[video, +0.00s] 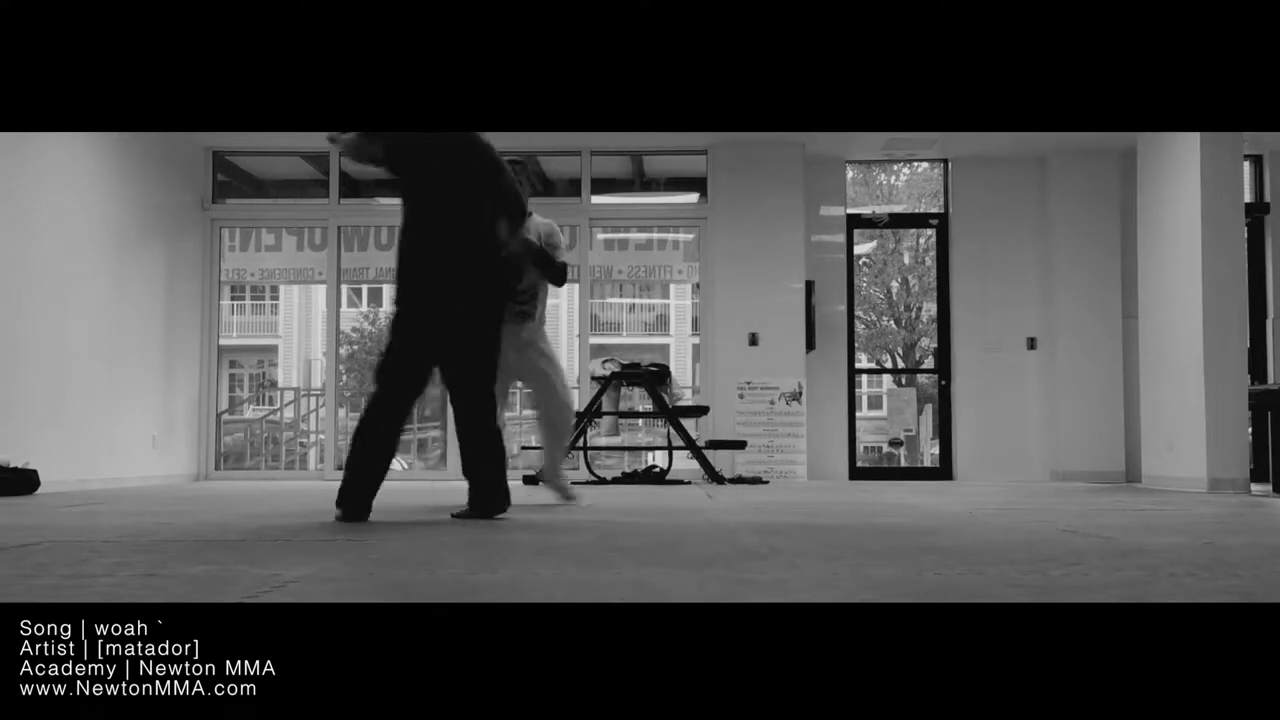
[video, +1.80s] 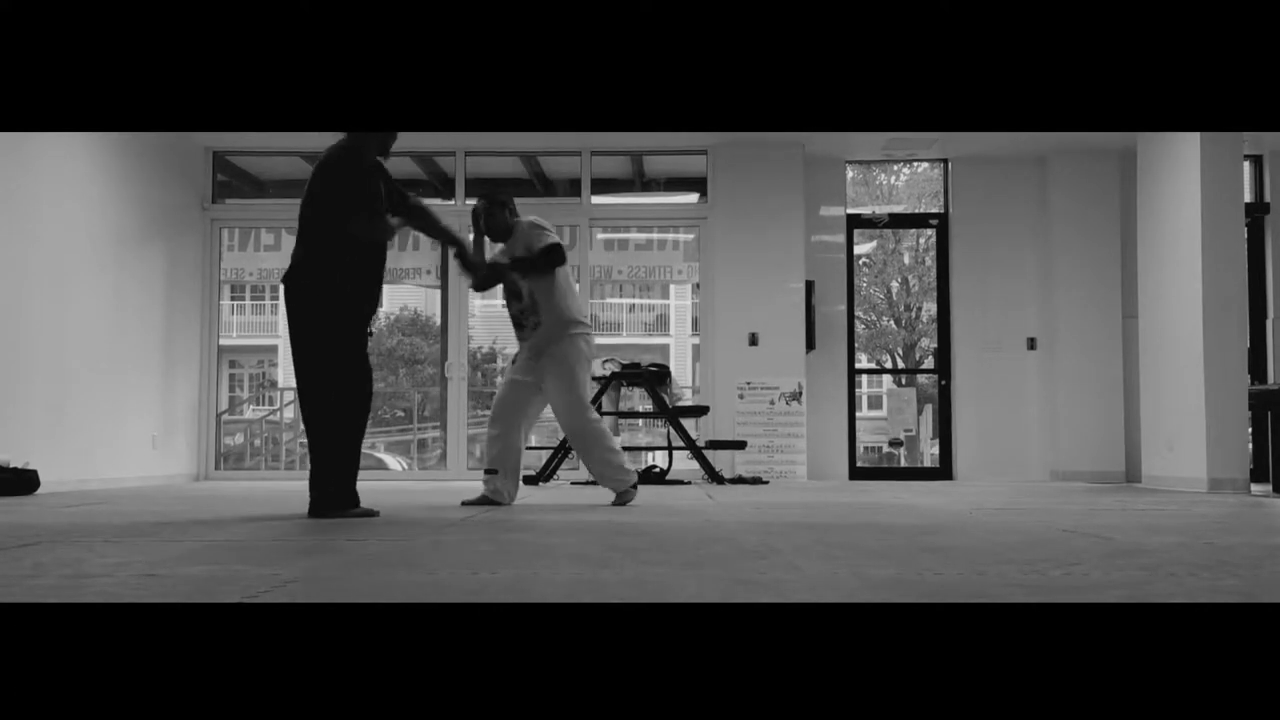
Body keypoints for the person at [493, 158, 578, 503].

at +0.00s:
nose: (514, 194)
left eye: (519, 186)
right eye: (507, 187)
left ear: (528, 191)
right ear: (496, 193)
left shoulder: (543, 229)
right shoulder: (487, 230)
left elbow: (560, 277)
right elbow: (476, 277)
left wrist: (530, 250)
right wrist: (504, 252)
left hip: (530, 337)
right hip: (493, 337)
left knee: (559, 403)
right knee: (487, 411)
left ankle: (552, 471)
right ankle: (487, 483)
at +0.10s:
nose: (519, 193)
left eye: (525, 187)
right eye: (514, 186)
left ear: (538, 193)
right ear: (505, 192)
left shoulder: (552, 233)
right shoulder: (489, 231)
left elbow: (555, 279)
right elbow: (474, 273)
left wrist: (527, 244)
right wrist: (505, 256)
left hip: (540, 348)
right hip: (496, 348)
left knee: (574, 421)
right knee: (491, 427)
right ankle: (489, 495)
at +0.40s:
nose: (517, 239)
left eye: (524, 232)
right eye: (512, 232)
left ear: (539, 231)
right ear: (506, 233)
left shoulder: (564, 256)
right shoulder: (504, 260)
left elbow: (564, 292)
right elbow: (481, 300)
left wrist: (519, 274)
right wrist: (487, 258)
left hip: (568, 361)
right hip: (523, 365)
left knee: (598, 424)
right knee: (487, 416)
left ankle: (624, 492)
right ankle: (487, 493)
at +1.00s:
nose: (503, 223)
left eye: (509, 215)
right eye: (498, 217)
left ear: (524, 215)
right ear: (492, 220)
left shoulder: (544, 239)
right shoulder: (493, 250)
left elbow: (564, 276)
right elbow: (478, 294)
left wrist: (530, 249)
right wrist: (491, 265)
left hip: (560, 347)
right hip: (517, 353)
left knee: (579, 415)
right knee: (488, 414)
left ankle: (616, 489)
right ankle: (490, 492)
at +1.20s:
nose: (569, 232)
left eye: (574, 226)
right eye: (562, 226)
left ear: (581, 226)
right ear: (548, 225)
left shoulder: (590, 253)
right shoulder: (530, 248)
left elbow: (585, 280)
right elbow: (507, 289)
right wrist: (551, 289)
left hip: (574, 357)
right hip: (525, 358)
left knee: (602, 416)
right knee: (494, 426)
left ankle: (611, 489)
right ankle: (471, 490)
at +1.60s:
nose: (545, 226)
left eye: (551, 220)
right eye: (541, 221)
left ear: (564, 216)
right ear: (535, 218)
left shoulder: (588, 241)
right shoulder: (528, 241)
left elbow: (582, 275)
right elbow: (503, 288)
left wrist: (543, 251)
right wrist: (500, 257)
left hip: (584, 352)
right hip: (538, 351)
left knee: (603, 420)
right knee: (506, 417)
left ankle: (611, 491)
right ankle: (497, 492)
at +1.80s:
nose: (487, 228)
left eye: (490, 220)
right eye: (484, 224)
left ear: (507, 211)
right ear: (487, 223)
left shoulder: (532, 228)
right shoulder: (503, 253)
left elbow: (557, 256)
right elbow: (482, 282)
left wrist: (506, 268)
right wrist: (467, 263)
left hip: (565, 338)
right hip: (532, 347)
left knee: (575, 416)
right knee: (506, 416)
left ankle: (624, 482)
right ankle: (498, 492)